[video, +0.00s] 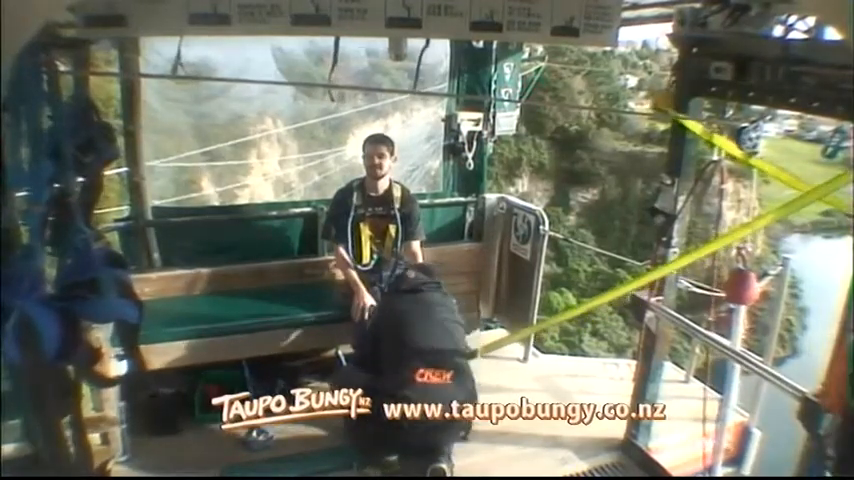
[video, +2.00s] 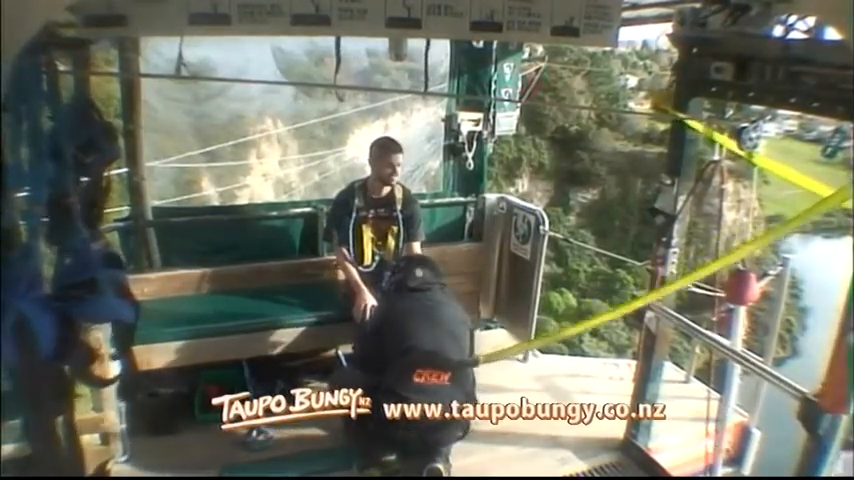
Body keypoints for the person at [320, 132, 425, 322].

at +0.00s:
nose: (374, 162)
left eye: (381, 156)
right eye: (369, 157)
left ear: (393, 159)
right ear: (363, 159)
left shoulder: (404, 198)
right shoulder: (346, 197)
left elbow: (413, 248)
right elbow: (339, 250)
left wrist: (420, 287)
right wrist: (359, 290)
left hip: (397, 280)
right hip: (361, 281)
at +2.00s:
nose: (396, 171)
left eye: (399, 165)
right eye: (390, 166)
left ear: (402, 164)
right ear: (372, 162)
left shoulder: (406, 199)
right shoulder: (347, 199)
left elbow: (414, 248)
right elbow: (341, 253)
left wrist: (416, 289)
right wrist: (361, 292)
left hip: (398, 283)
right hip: (361, 283)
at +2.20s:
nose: (396, 172)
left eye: (399, 166)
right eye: (390, 167)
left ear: (403, 165)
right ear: (373, 163)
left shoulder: (406, 198)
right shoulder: (348, 198)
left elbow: (414, 247)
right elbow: (341, 251)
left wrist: (417, 287)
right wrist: (361, 291)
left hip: (398, 281)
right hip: (362, 281)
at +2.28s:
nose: (396, 173)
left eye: (400, 167)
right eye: (390, 167)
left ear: (403, 165)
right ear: (373, 163)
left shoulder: (406, 199)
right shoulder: (348, 199)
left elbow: (414, 248)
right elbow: (340, 250)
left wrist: (420, 288)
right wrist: (361, 291)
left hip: (398, 284)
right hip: (363, 284)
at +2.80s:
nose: (398, 175)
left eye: (401, 169)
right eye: (393, 169)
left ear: (404, 165)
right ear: (375, 164)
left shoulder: (406, 199)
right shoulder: (349, 199)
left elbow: (414, 248)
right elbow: (341, 252)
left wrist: (422, 289)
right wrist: (362, 291)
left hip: (397, 284)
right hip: (361, 284)